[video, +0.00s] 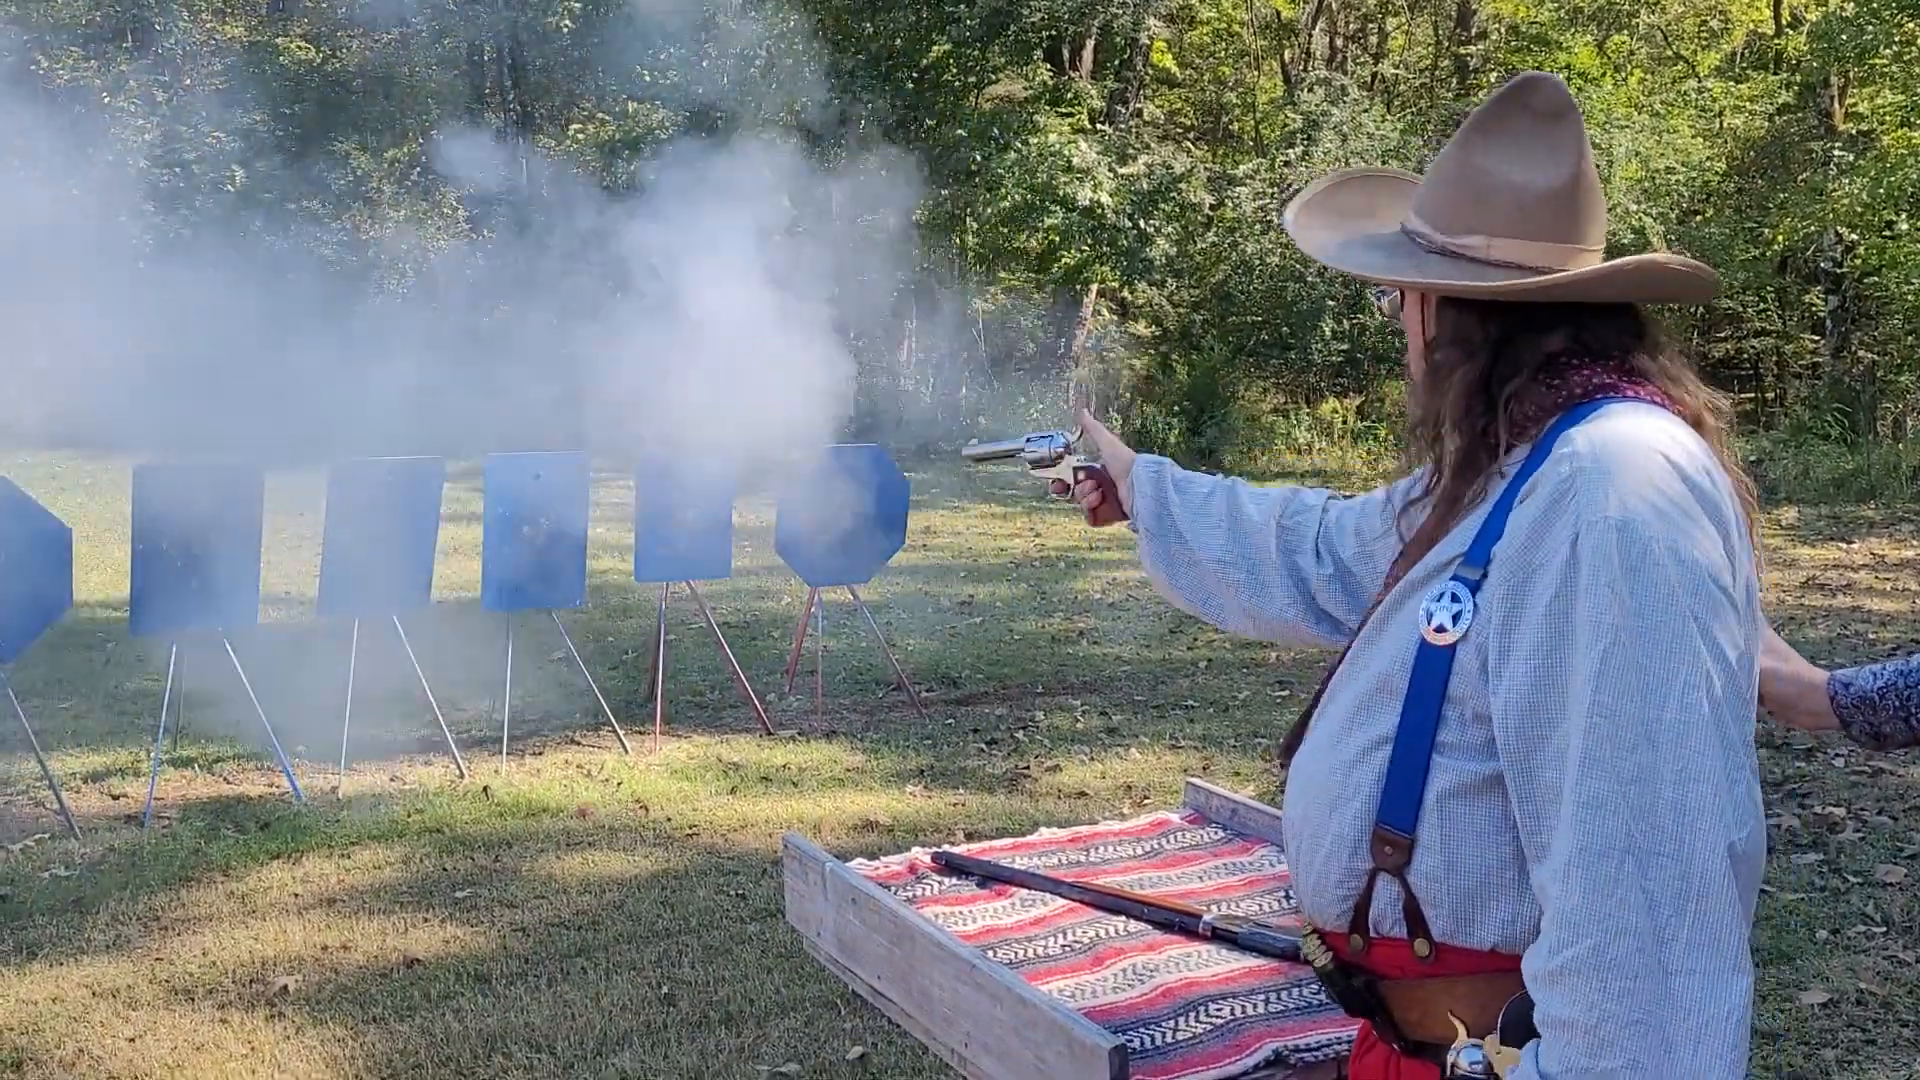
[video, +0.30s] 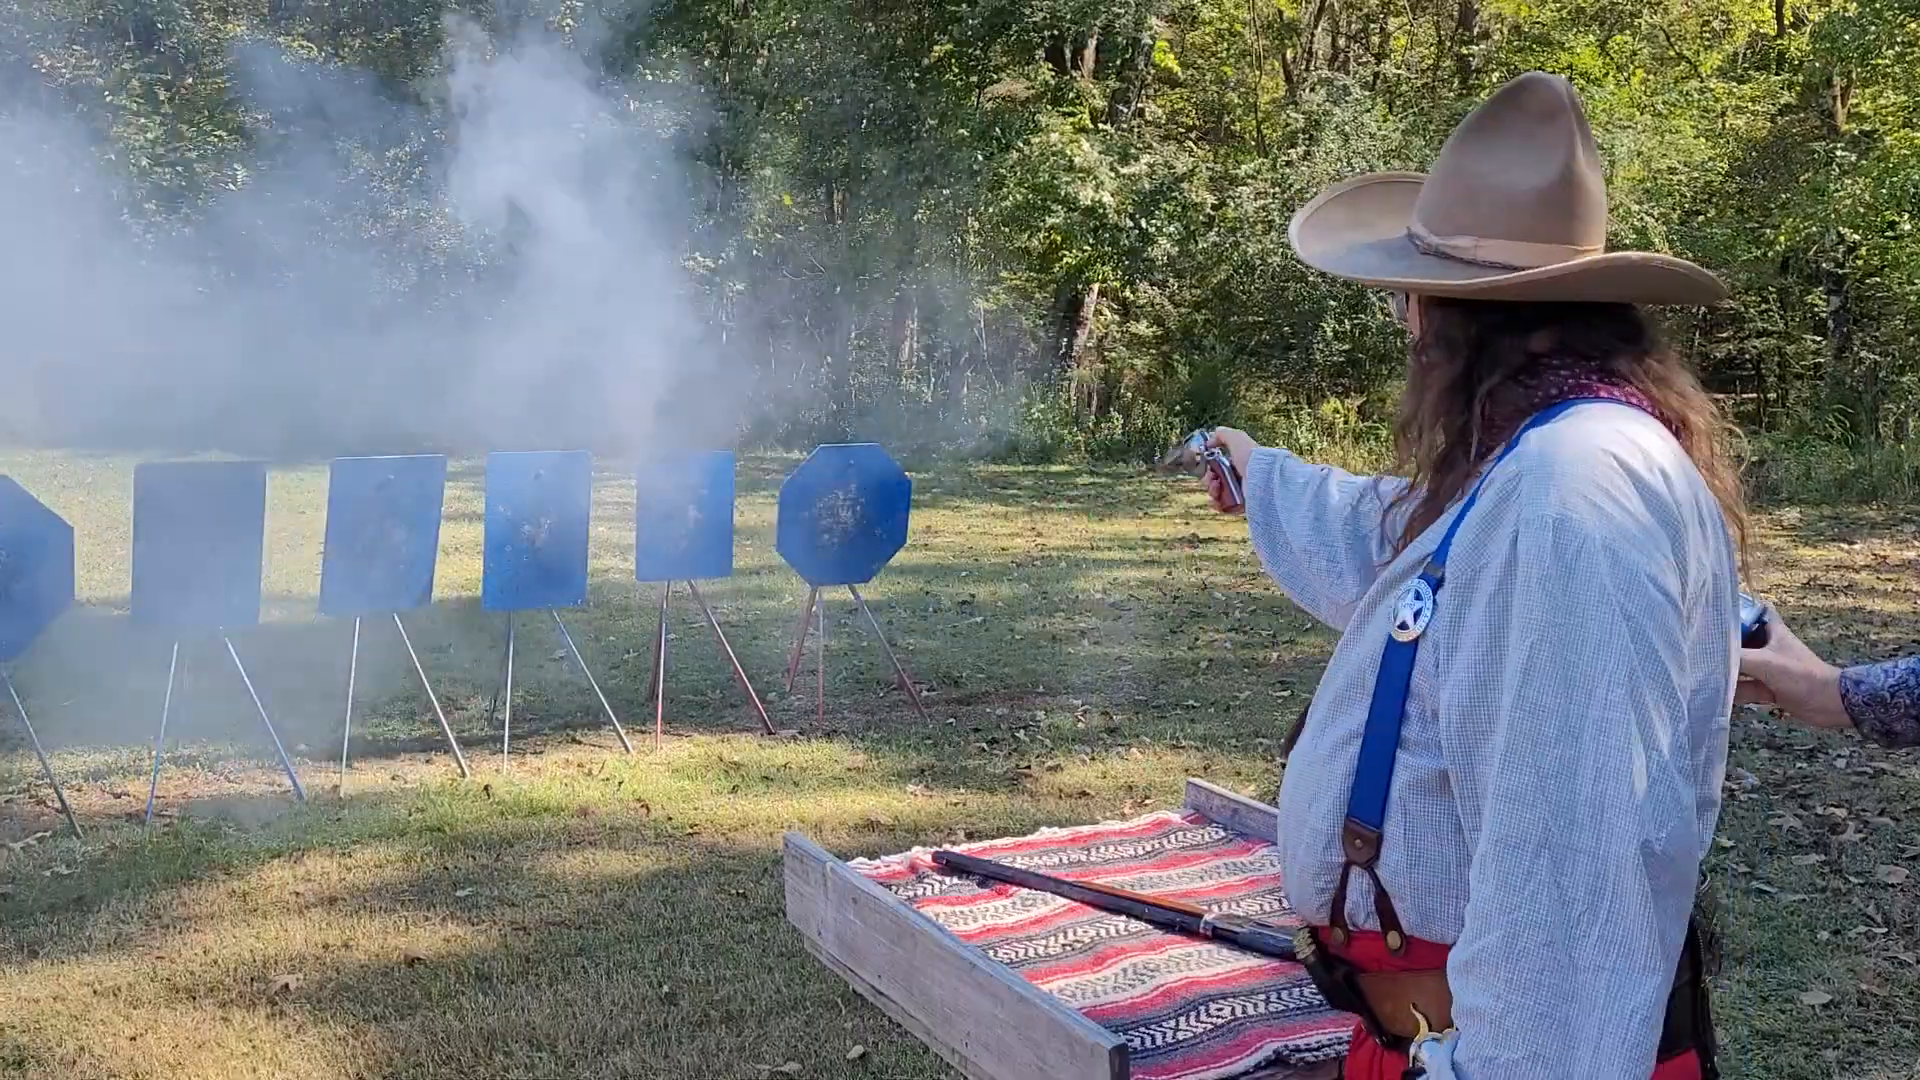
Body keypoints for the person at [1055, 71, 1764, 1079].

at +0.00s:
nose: (1396, 317)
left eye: (1403, 289)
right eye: (1398, 288)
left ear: (1438, 310)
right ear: (1541, 303)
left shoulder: (1623, 493)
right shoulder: (1496, 469)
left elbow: (1647, 917)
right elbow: (1325, 546)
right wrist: (1144, 489)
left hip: (1489, 1037)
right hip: (1397, 998)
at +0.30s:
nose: (1403, 318)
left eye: (1416, 294)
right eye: (1404, 291)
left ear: (1466, 314)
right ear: (1544, 308)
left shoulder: (1572, 494)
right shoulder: (1528, 462)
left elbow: (1563, 898)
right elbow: (1388, 534)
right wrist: (1256, 477)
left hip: (1483, 1028)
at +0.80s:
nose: (1407, 331)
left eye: (1419, 305)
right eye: (1409, 303)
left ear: (1460, 318)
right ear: (1567, 308)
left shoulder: (1556, 487)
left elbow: (1546, 853)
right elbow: (1404, 503)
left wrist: (1434, 1059)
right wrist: (1295, 412)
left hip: (1511, 1024)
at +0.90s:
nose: (1409, 328)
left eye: (1421, 304)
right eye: (1411, 301)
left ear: (1466, 318)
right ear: (1563, 307)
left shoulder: (1563, 489)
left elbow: (1546, 868)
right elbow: (1403, 487)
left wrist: (1434, 1062)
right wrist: (1293, 407)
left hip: (1496, 1024)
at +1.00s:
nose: (1409, 329)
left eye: (1421, 304)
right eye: (1411, 301)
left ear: (1461, 320)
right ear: (1566, 308)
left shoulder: (1562, 496)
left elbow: (1558, 872)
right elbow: (1412, 509)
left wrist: (1437, 1062)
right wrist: (1303, 429)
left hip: (1494, 1022)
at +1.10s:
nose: (1411, 329)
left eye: (1422, 305)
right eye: (1413, 302)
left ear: (1464, 320)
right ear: (1567, 307)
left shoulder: (1558, 494)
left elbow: (1551, 879)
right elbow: (1412, 511)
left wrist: (1446, 1062)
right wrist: (1298, 443)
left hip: (1486, 1029)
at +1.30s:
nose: (1409, 328)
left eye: (1421, 303)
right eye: (1412, 299)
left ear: (1460, 319)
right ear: (1567, 307)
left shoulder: (1559, 489)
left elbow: (1547, 865)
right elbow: (1411, 515)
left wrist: (1437, 1060)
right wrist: (1297, 452)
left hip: (1510, 1028)